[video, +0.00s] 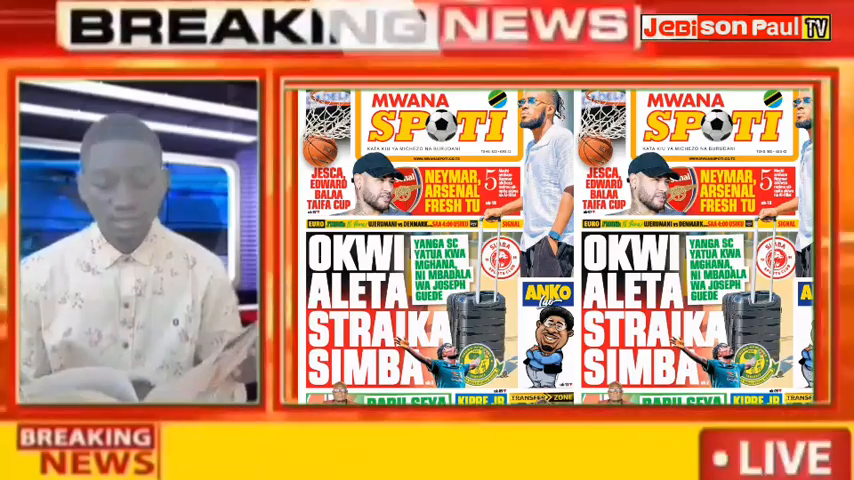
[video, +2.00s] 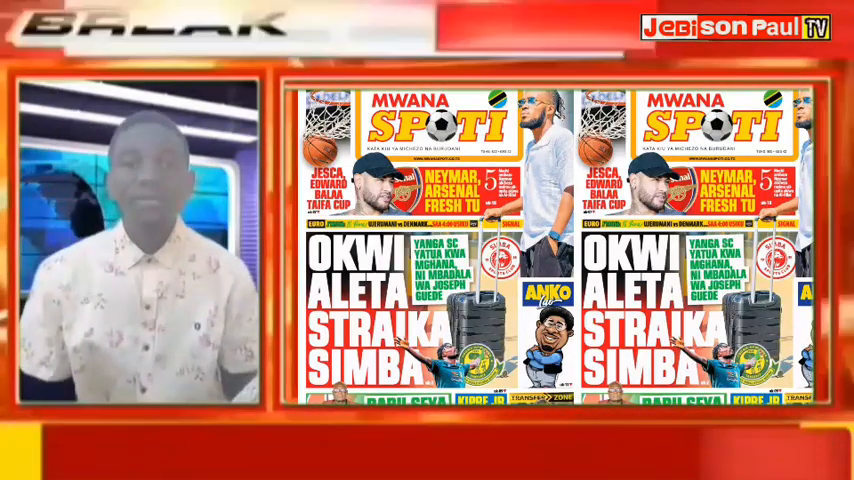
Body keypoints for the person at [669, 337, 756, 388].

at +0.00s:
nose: (728, 349)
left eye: (729, 347)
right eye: (724, 347)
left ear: (731, 351)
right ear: (718, 353)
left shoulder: (737, 366)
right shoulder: (714, 364)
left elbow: (750, 365)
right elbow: (698, 359)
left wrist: (754, 359)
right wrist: (684, 348)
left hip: (736, 401)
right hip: (720, 401)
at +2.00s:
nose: (728, 349)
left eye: (729, 347)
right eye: (724, 347)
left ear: (731, 351)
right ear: (718, 353)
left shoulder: (737, 366)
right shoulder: (714, 364)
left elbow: (749, 365)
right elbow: (698, 359)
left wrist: (754, 359)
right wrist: (684, 348)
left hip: (736, 401)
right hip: (720, 401)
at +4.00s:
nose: (729, 348)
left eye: (729, 347)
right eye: (724, 347)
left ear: (731, 351)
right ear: (718, 353)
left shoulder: (737, 366)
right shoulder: (714, 364)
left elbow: (750, 365)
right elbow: (698, 359)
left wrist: (754, 359)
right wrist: (683, 348)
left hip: (736, 400)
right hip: (720, 400)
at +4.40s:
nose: (729, 348)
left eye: (729, 347)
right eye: (725, 347)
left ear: (731, 351)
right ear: (718, 353)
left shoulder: (737, 366)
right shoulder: (714, 364)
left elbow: (749, 365)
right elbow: (698, 359)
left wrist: (754, 359)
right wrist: (684, 348)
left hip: (736, 400)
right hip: (720, 401)